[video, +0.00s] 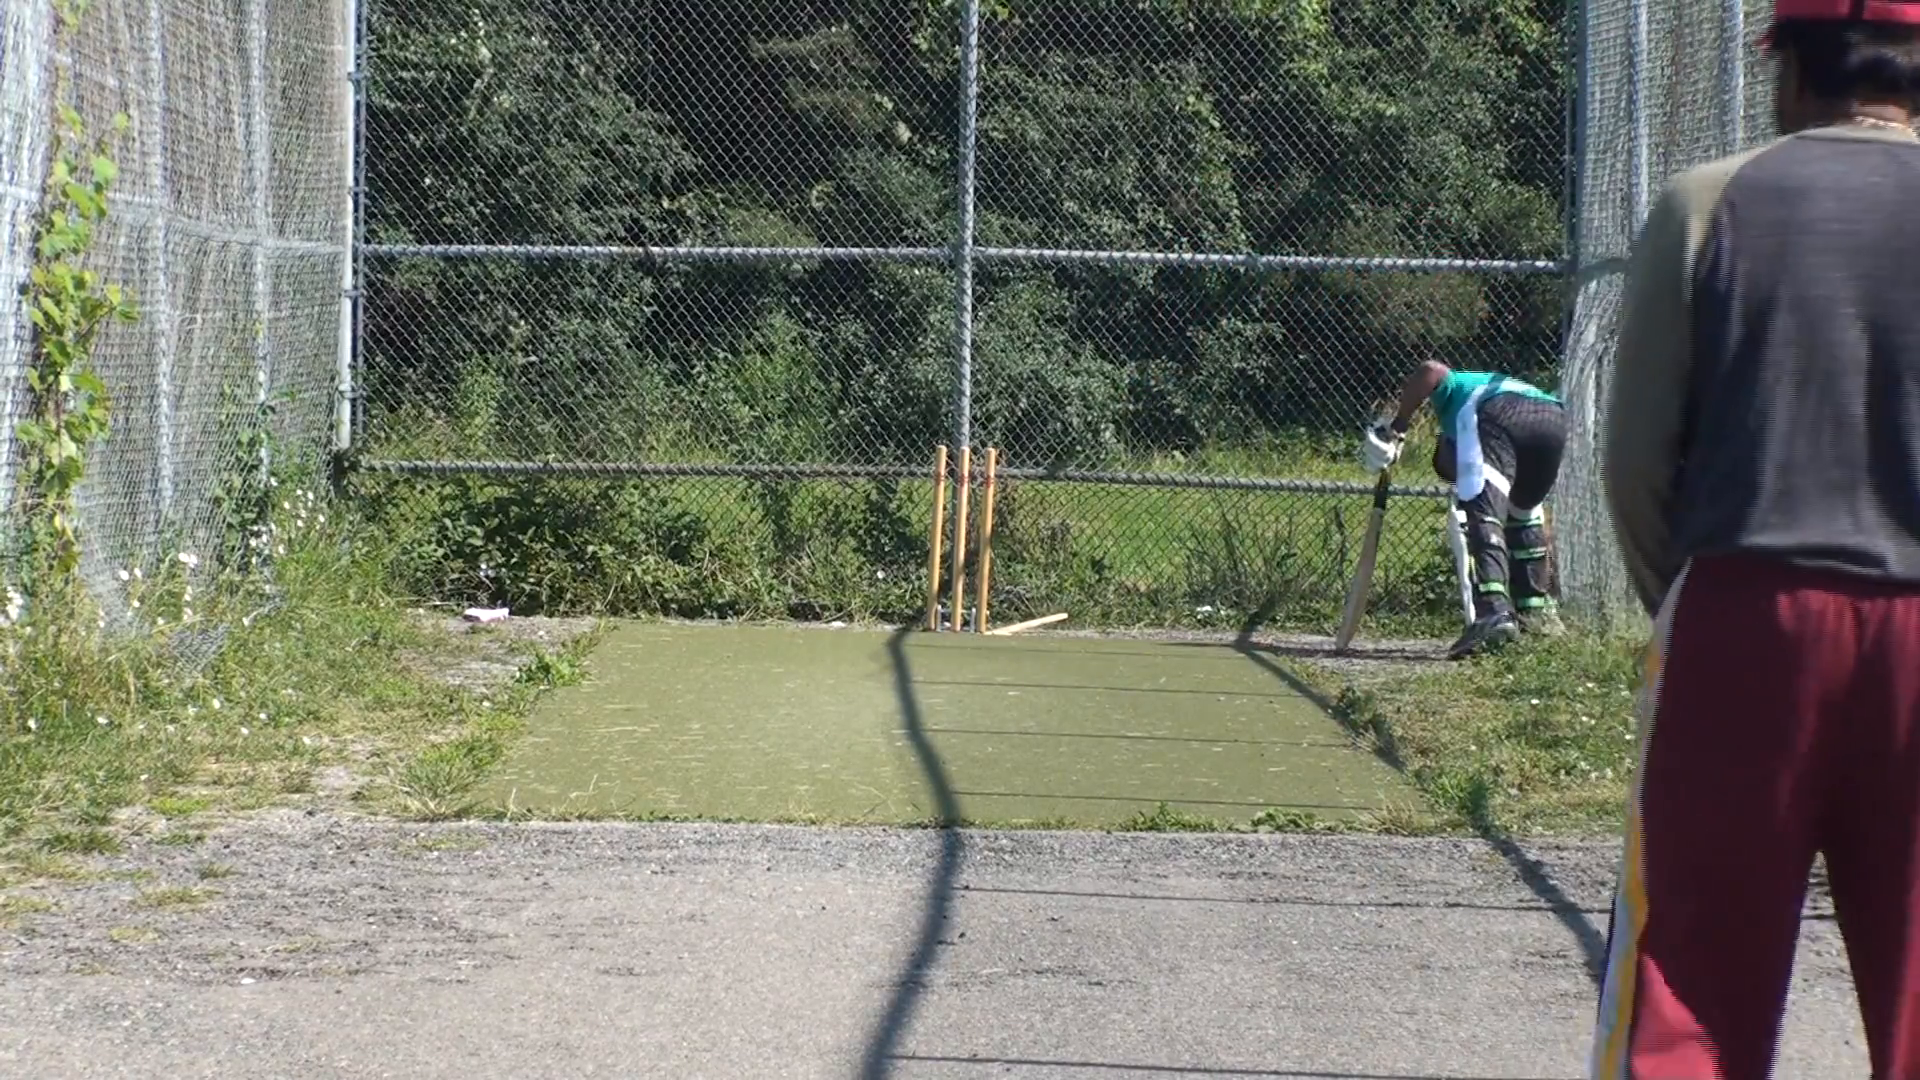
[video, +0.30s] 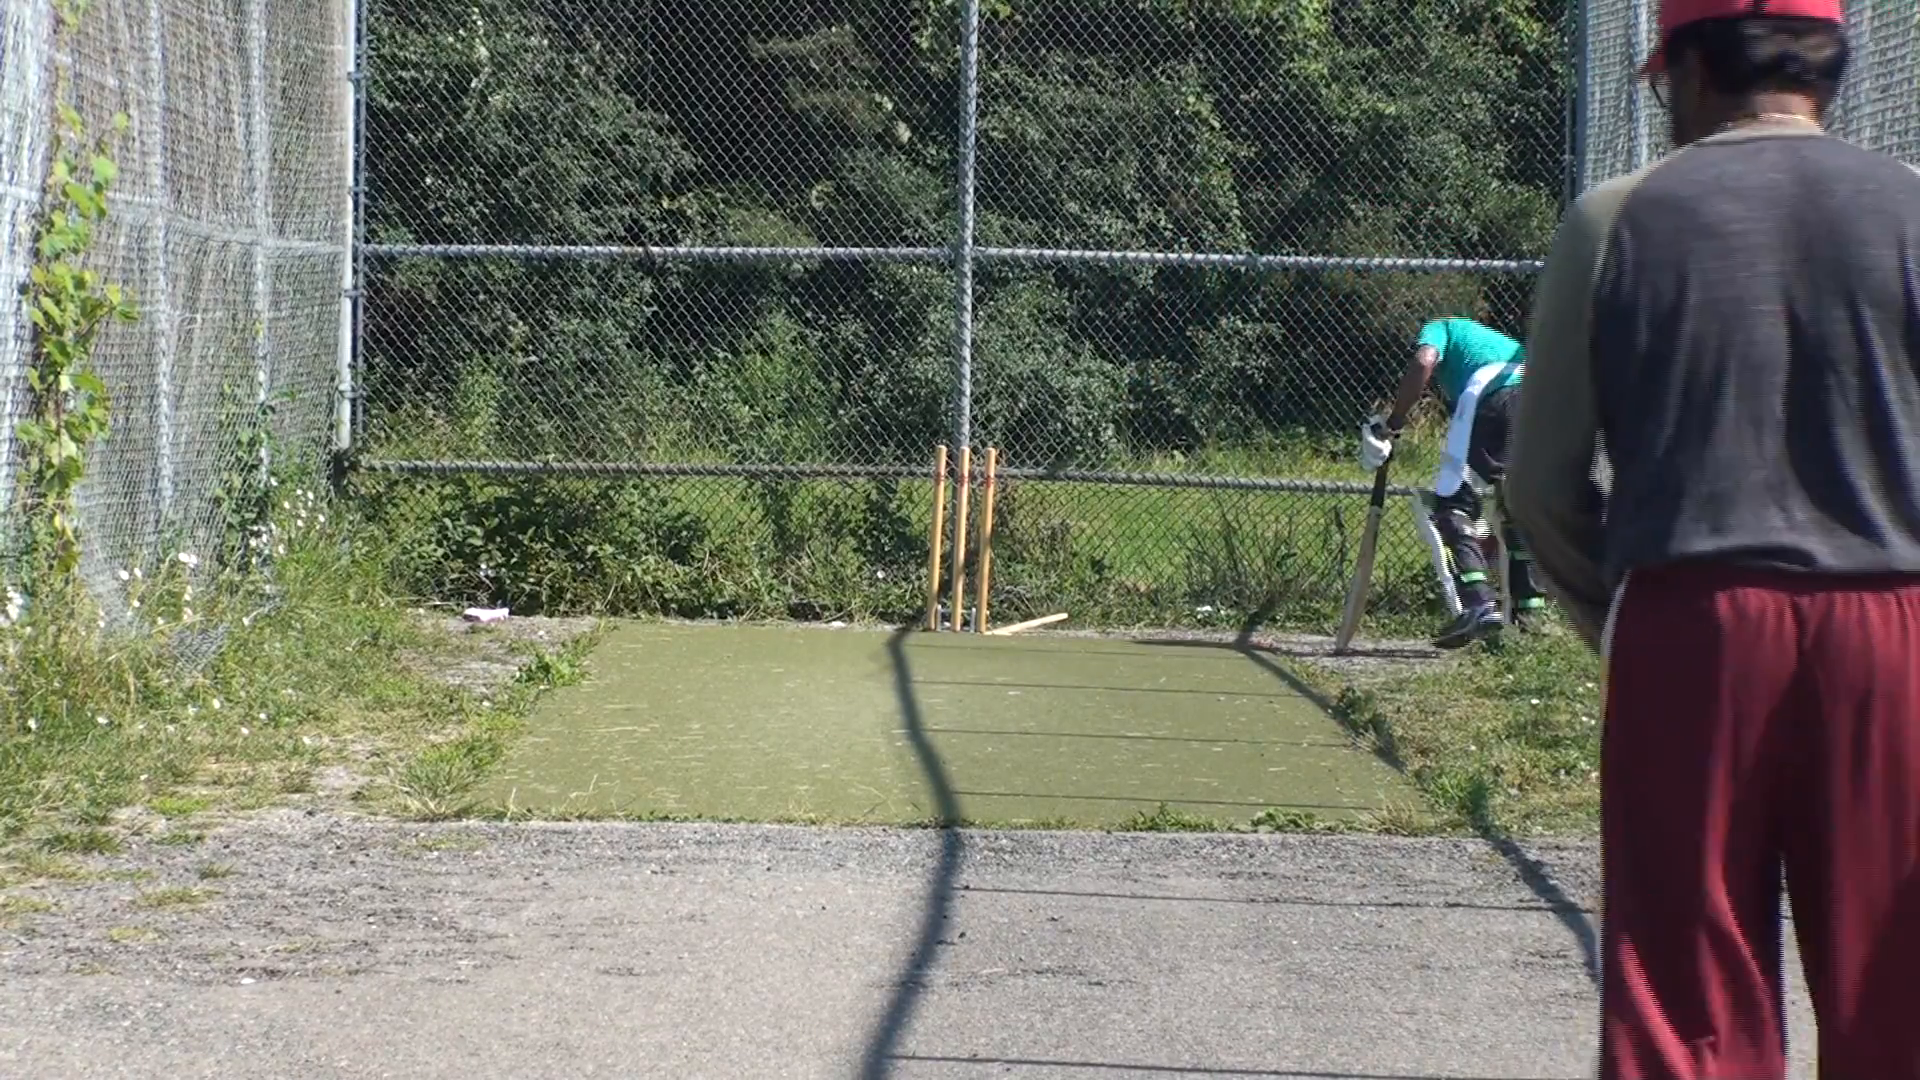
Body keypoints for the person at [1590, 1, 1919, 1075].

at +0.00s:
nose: (1769, 81)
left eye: (1773, 61)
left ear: (1787, 67)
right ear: (1912, 77)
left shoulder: (1706, 201)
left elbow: (1636, 459)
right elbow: (1640, 461)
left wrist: (1698, 615)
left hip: (1749, 634)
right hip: (1910, 646)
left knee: (1697, 995)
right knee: (1913, 1001)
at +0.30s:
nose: (1660, 86)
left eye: (1663, 67)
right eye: (1665, 65)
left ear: (1681, 67)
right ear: (1828, 70)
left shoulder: (1615, 218)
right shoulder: (1904, 200)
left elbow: (1540, 480)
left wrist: (1629, 604)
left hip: (1694, 643)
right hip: (1892, 646)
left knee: (1687, 995)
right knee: (1889, 997)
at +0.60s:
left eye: (1672, 52)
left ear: (1680, 68)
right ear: (1829, 67)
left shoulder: (1603, 212)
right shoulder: (1902, 196)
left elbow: (1508, 478)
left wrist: (1573, 659)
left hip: (1687, 642)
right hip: (1888, 644)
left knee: (1675, 1002)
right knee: (1876, 1000)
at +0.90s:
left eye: (1724, 43)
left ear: (1727, 62)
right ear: (1871, 69)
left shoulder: (1641, 203)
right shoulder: (1908, 194)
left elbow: (1570, 459)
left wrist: (1634, 615)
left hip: (1712, 628)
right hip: (1897, 632)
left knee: (1688, 970)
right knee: (1883, 976)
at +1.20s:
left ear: (1747, 61)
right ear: (1890, 72)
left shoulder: (1666, 202)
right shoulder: (1915, 188)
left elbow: (1596, 464)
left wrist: (1665, 630)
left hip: (1740, 624)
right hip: (1908, 624)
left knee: (1714, 964)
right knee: (1900, 965)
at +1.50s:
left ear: (1742, 52)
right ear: (1893, 51)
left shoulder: (1680, 196)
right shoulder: (1919, 183)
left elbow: (1495, 330)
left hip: (1736, 647)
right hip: (1913, 651)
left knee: (1706, 992)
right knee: (1902, 996)